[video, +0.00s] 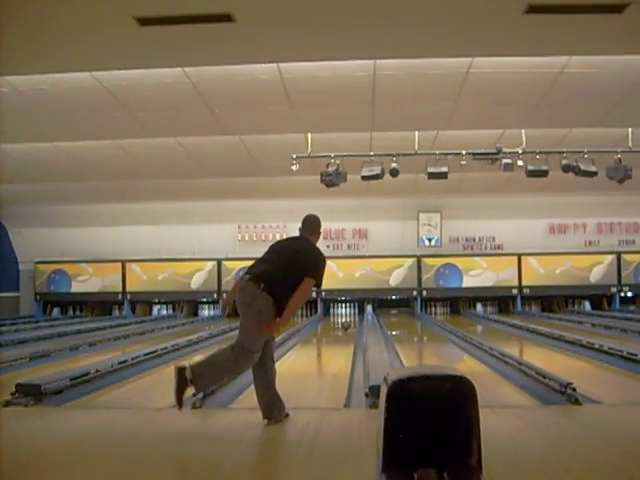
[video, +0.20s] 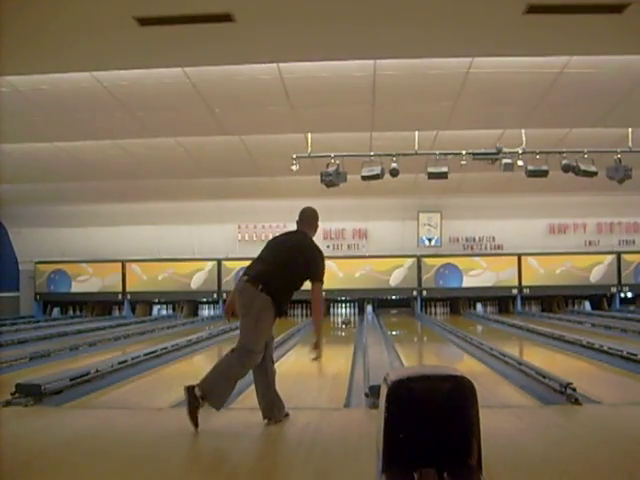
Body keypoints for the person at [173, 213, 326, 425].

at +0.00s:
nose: (317, 236)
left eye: (313, 230)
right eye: (319, 233)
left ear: (301, 229)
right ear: (319, 233)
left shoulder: (284, 243)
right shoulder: (316, 256)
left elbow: (255, 269)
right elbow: (303, 292)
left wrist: (232, 295)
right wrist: (283, 320)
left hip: (245, 290)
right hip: (261, 297)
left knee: (264, 357)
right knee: (246, 352)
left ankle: (273, 412)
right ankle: (191, 375)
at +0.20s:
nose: (313, 227)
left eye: (309, 223)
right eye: (315, 224)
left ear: (297, 222)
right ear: (316, 226)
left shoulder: (280, 239)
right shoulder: (314, 254)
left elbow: (253, 269)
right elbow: (316, 298)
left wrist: (233, 297)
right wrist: (318, 336)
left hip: (245, 290)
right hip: (262, 299)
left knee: (263, 356)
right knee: (248, 352)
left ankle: (273, 411)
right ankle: (200, 393)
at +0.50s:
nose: (311, 216)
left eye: (308, 211)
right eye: (312, 212)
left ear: (293, 211)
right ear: (312, 214)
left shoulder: (275, 231)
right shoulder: (311, 241)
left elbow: (247, 264)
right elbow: (332, 277)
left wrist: (232, 294)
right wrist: (352, 292)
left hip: (245, 289)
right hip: (264, 296)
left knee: (263, 356)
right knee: (253, 354)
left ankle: (274, 413)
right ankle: (203, 393)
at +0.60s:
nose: (308, 211)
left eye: (305, 206)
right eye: (310, 208)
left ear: (292, 206)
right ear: (311, 209)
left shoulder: (273, 228)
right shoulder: (309, 238)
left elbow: (247, 262)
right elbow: (330, 274)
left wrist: (239, 293)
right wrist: (347, 287)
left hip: (248, 292)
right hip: (266, 297)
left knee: (264, 357)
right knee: (260, 357)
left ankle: (275, 413)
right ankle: (213, 396)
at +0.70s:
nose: (308, 209)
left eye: (304, 205)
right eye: (310, 206)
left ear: (291, 203)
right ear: (312, 207)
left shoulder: (270, 226)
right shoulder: (308, 238)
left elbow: (247, 259)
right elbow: (323, 276)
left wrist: (252, 283)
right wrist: (336, 291)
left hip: (248, 294)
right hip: (270, 299)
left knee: (264, 357)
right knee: (274, 358)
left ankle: (274, 413)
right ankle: (233, 406)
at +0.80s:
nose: (311, 215)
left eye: (307, 209)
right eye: (312, 211)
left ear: (292, 208)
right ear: (311, 213)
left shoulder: (270, 228)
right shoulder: (306, 247)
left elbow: (248, 259)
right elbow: (314, 291)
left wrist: (258, 284)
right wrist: (326, 304)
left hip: (250, 305)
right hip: (273, 308)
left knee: (269, 358)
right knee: (288, 362)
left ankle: (268, 413)